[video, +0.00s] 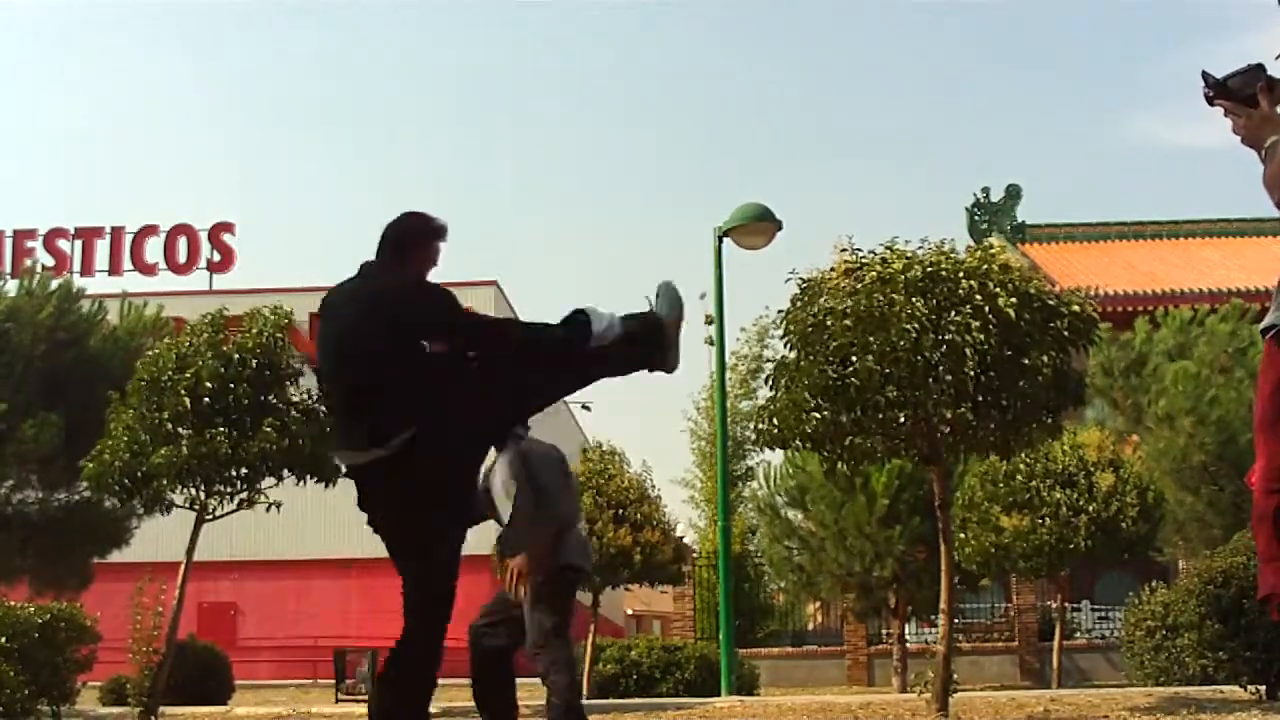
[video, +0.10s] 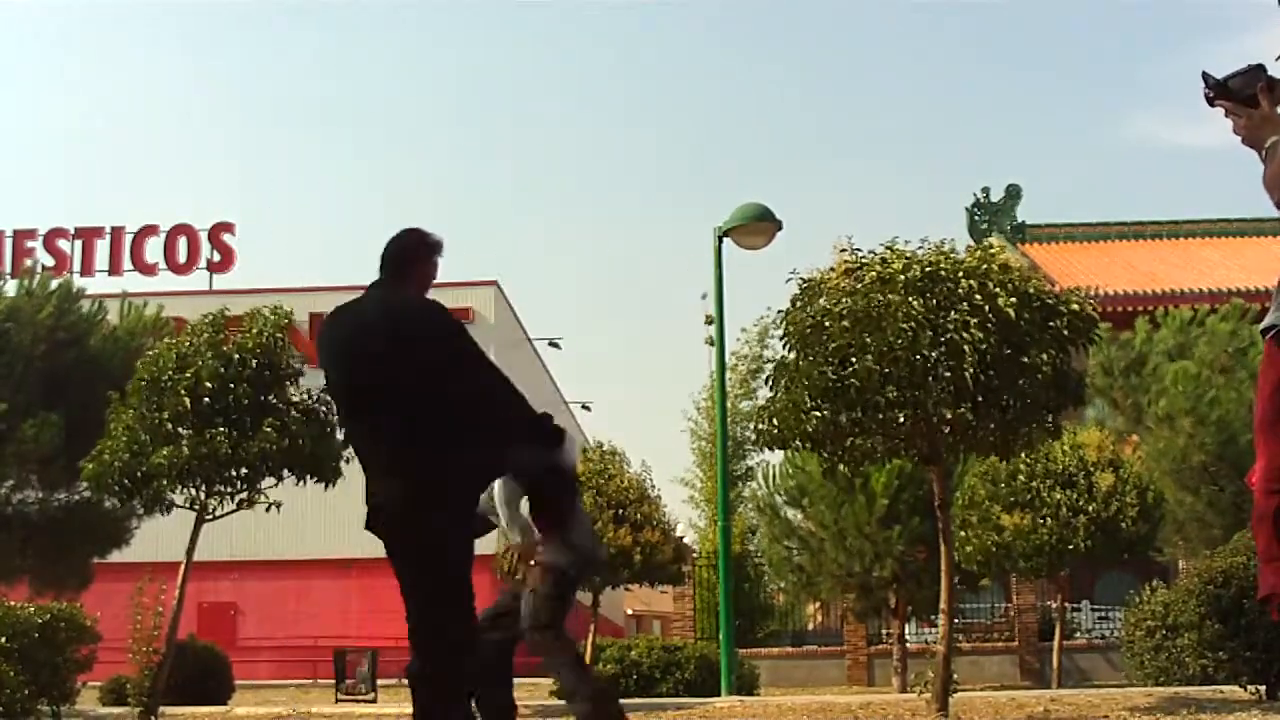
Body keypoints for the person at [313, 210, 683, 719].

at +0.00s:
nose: (436, 269)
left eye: (437, 258)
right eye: (433, 258)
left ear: (385, 249)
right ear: (414, 253)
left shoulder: (337, 301)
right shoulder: (416, 298)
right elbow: (497, 337)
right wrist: (570, 337)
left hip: (384, 482)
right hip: (426, 465)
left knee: (425, 622)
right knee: (508, 368)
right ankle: (648, 340)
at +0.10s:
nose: (433, 280)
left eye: (433, 271)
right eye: (432, 271)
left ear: (385, 264)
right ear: (419, 268)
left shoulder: (336, 325)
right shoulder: (429, 320)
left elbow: (358, 418)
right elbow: (488, 386)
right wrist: (542, 432)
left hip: (391, 500)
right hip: (447, 487)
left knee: (431, 626)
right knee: (541, 448)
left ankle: (441, 709)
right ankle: (563, 539)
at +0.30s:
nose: (374, 295)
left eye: (373, 288)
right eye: (376, 288)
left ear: (377, 285)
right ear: (421, 281)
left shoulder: (387, 332)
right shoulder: (460, 334)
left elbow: (311, 373)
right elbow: (482, 413)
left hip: (446, 492)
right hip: (489, 490)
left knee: (409, 611)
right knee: (455, 609)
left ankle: (469, 704)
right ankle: (459, 702)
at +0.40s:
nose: (382, 308)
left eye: (386, 297)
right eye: (380, 299)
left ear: (407, 294)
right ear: (421, 294)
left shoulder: (436, 336)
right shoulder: (428, 348)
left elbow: (396, 322)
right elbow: (387, 424)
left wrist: (332, 306)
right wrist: (320, 446)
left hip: (470, 503)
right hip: (455, 500)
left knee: (418, 619)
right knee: (438, 624)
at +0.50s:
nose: (384, 331)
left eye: (384, 321)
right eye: (386, 323)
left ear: (387, 317)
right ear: (429, 307)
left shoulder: (449, 347)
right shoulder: (409, 379)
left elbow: (501, 334)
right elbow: (346, 403)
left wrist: (490, 301)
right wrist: (267, 405)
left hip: (481, 512)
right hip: (460, 514)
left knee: (412, 619)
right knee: (451, 625)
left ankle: (455, 709)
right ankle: (466, 706)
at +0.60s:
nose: (383, 327)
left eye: (382, 319)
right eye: (385, 321)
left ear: (385, 317)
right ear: (426, 309)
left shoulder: (450, 343)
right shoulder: (409, 376)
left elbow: (526, 359)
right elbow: (368, 401)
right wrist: (322, 394)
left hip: (478, 501)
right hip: (465, 505)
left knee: (411, 614)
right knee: (461, 621)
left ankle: (445, 708)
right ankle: (463, 707)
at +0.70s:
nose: (384, 327)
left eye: (383, 318)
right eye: (387, 319)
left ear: (386, 315)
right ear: (428, 306)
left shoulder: (445, 343)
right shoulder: (419, 363)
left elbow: (519, 399)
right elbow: (385, 428)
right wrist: (370, 404)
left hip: (469, 506)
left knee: (409, 614)